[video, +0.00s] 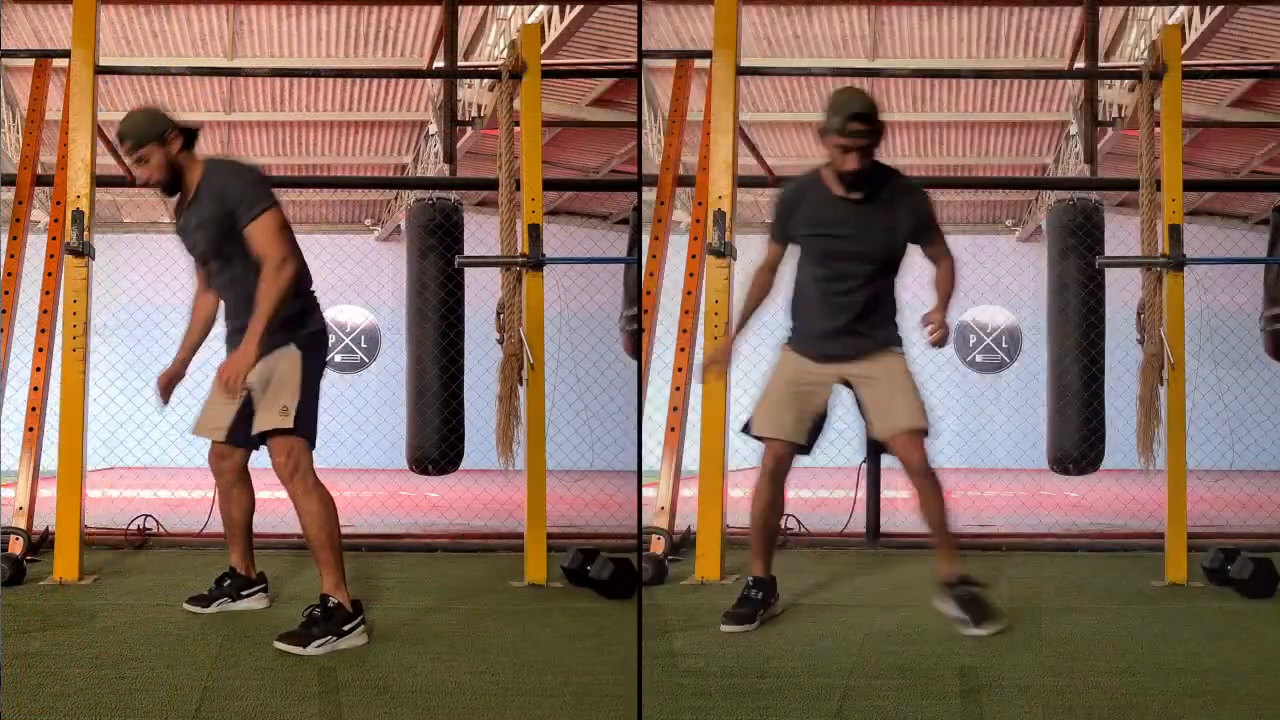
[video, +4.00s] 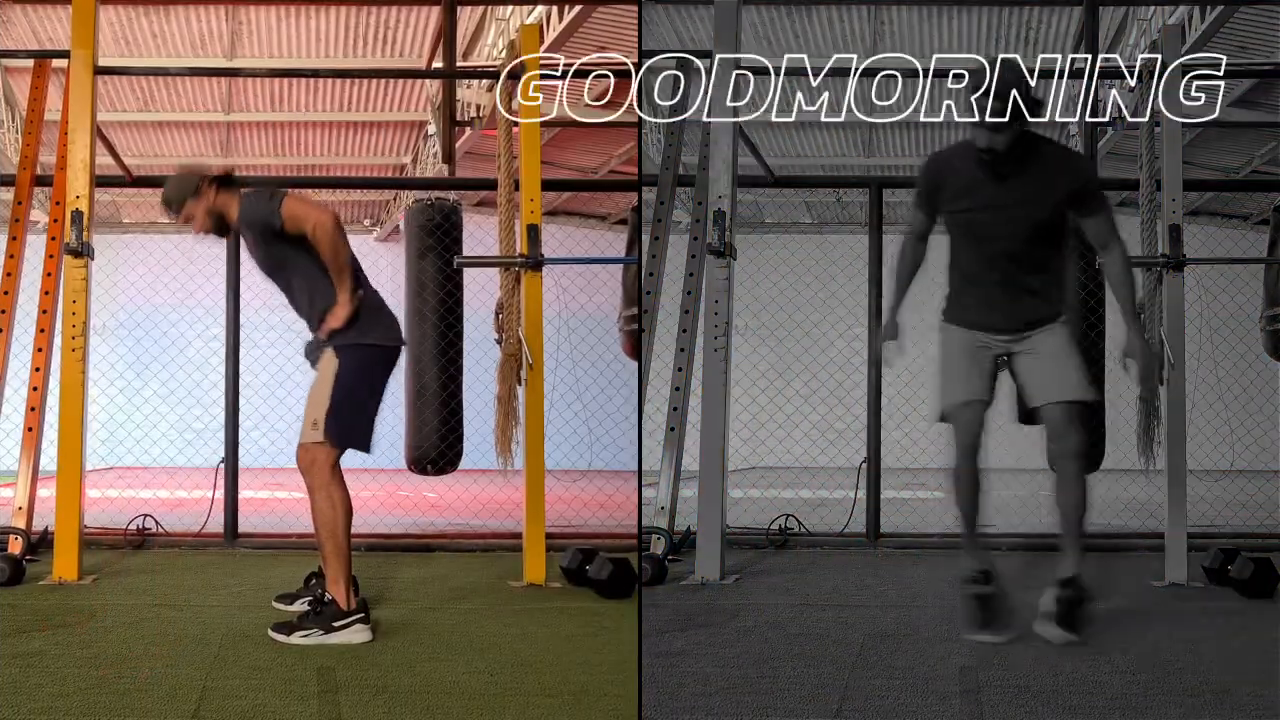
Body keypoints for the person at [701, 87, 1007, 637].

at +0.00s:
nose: (853, 162)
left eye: (863, 150)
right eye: (844, 150)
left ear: (877, 142)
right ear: (823, 142)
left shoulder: (905, 198)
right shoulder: (799, 196)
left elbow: (943, 259)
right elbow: (769, 267)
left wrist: (941, 306)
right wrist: (733, 334)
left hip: (878, 353)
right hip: (805, 351)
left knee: (915, 457)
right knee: (774, 458)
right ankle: (759, 584)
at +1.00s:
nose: (1035, 267)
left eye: (1045, 258)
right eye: (1027, 256)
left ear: (1063, 252)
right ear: (1013, 246)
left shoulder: (1100, 285)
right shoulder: (986, 273)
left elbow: (1146, 367)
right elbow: (960, 317)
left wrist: (1151, 462)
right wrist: (957, 381)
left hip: (1088, 374)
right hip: (1017, 371)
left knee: (1145, 470)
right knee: (998, 465)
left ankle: (1189, 581)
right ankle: (1004, 585)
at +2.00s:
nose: (681, 397)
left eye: (693, 384)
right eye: (675, 382)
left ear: (712, 368)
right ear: (666, 367)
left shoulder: (761, 335)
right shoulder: (653, 368)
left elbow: (821, 316)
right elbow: (639, 437)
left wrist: (846, 368)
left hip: (760, 382)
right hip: (694, 392)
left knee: (775, 473)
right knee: (640, 461)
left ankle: (769, 592)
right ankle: (609, 554)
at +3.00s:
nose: (1000, 142)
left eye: (1009, 129)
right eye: (987, 129)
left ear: (1020, 121)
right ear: (962, 119)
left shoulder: (1047, 168)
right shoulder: (932, 174)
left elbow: (1088, 239)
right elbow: (902, 245)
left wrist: (1069, 299)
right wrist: (873, 314)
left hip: (1029, 332)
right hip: (955, 331)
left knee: (1062, 442)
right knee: (929, 439)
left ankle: (1054, 581)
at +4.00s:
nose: (986, 138)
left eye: (998, 127)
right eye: (979, 126)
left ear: (1023, 120)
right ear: (968, 118)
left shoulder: (1065, 169)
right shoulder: (943, 168)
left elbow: (1109, 248)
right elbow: (916, 237)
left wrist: (1135, 331)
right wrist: (892, 310)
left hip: (1045, 326)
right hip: (967, 325)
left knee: (1068, 442)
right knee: (965, 439)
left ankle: (1070, 577)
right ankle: (975, 564)